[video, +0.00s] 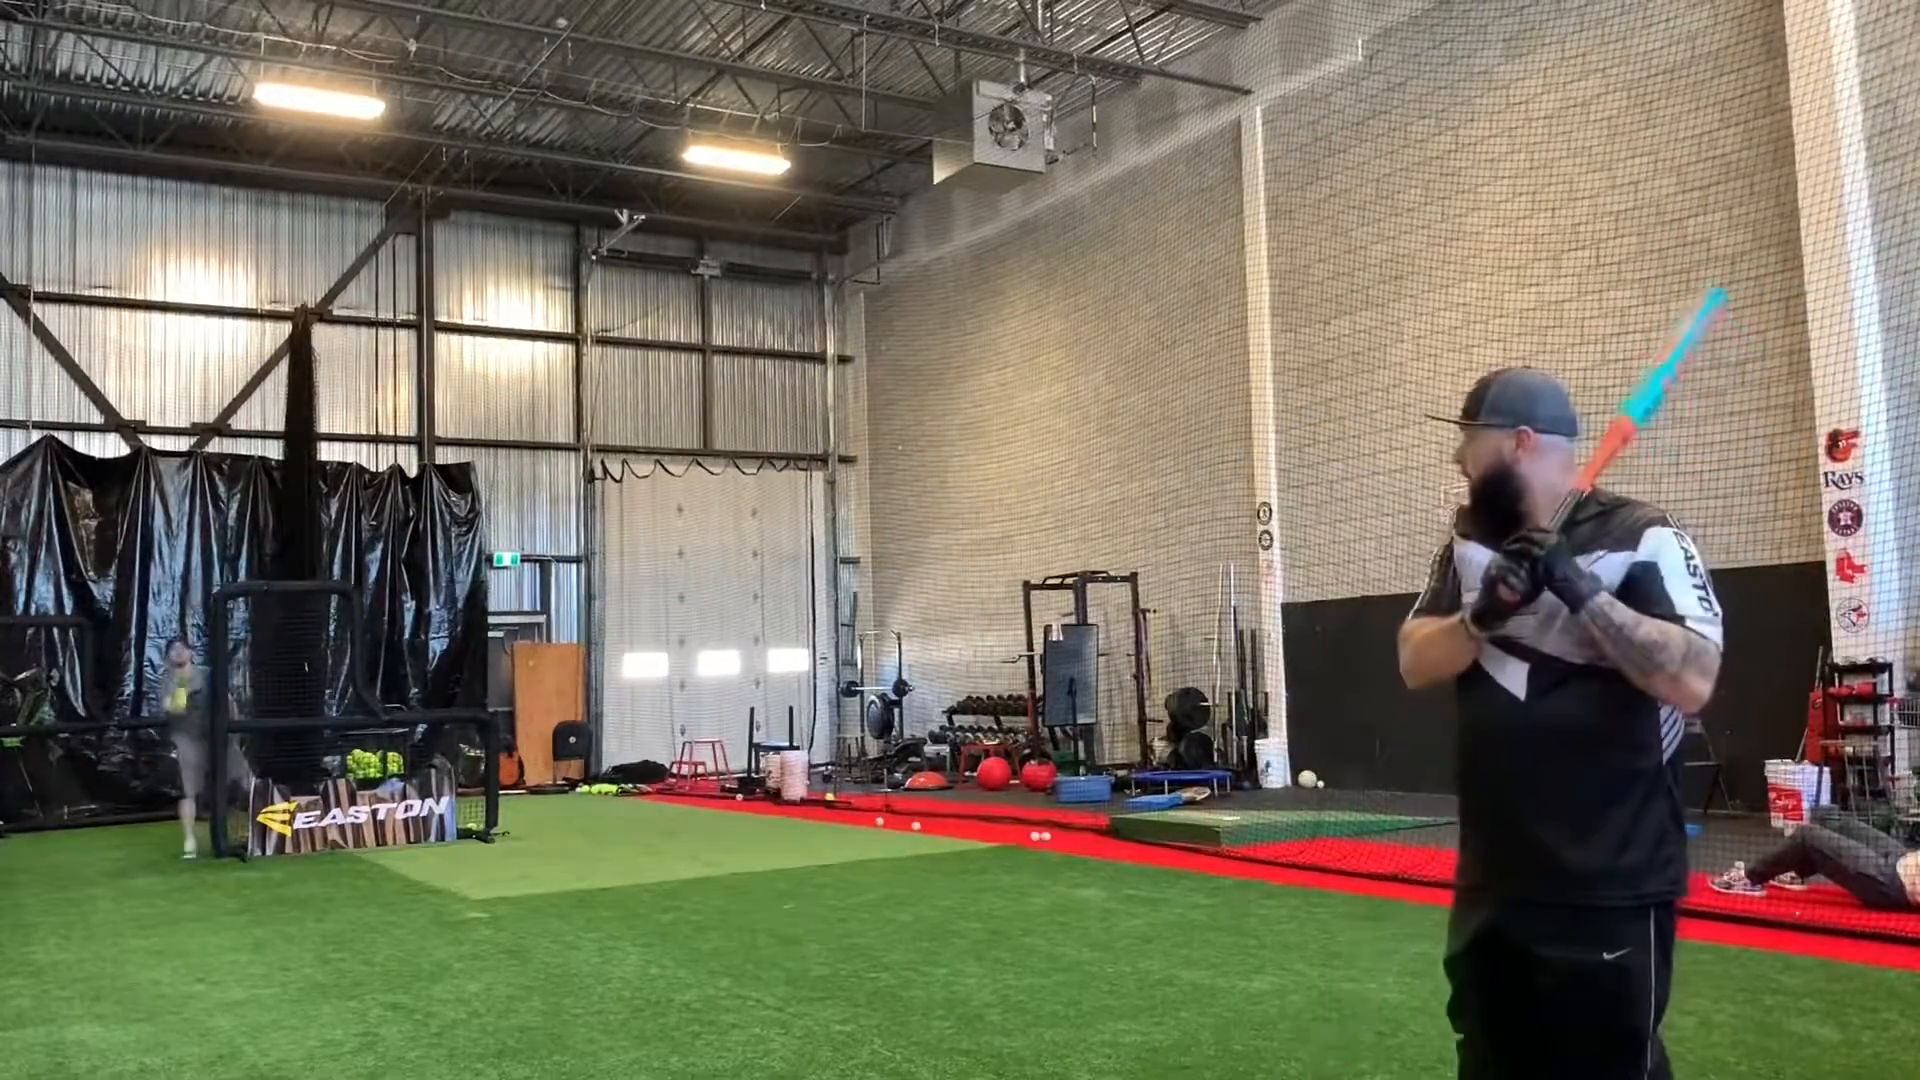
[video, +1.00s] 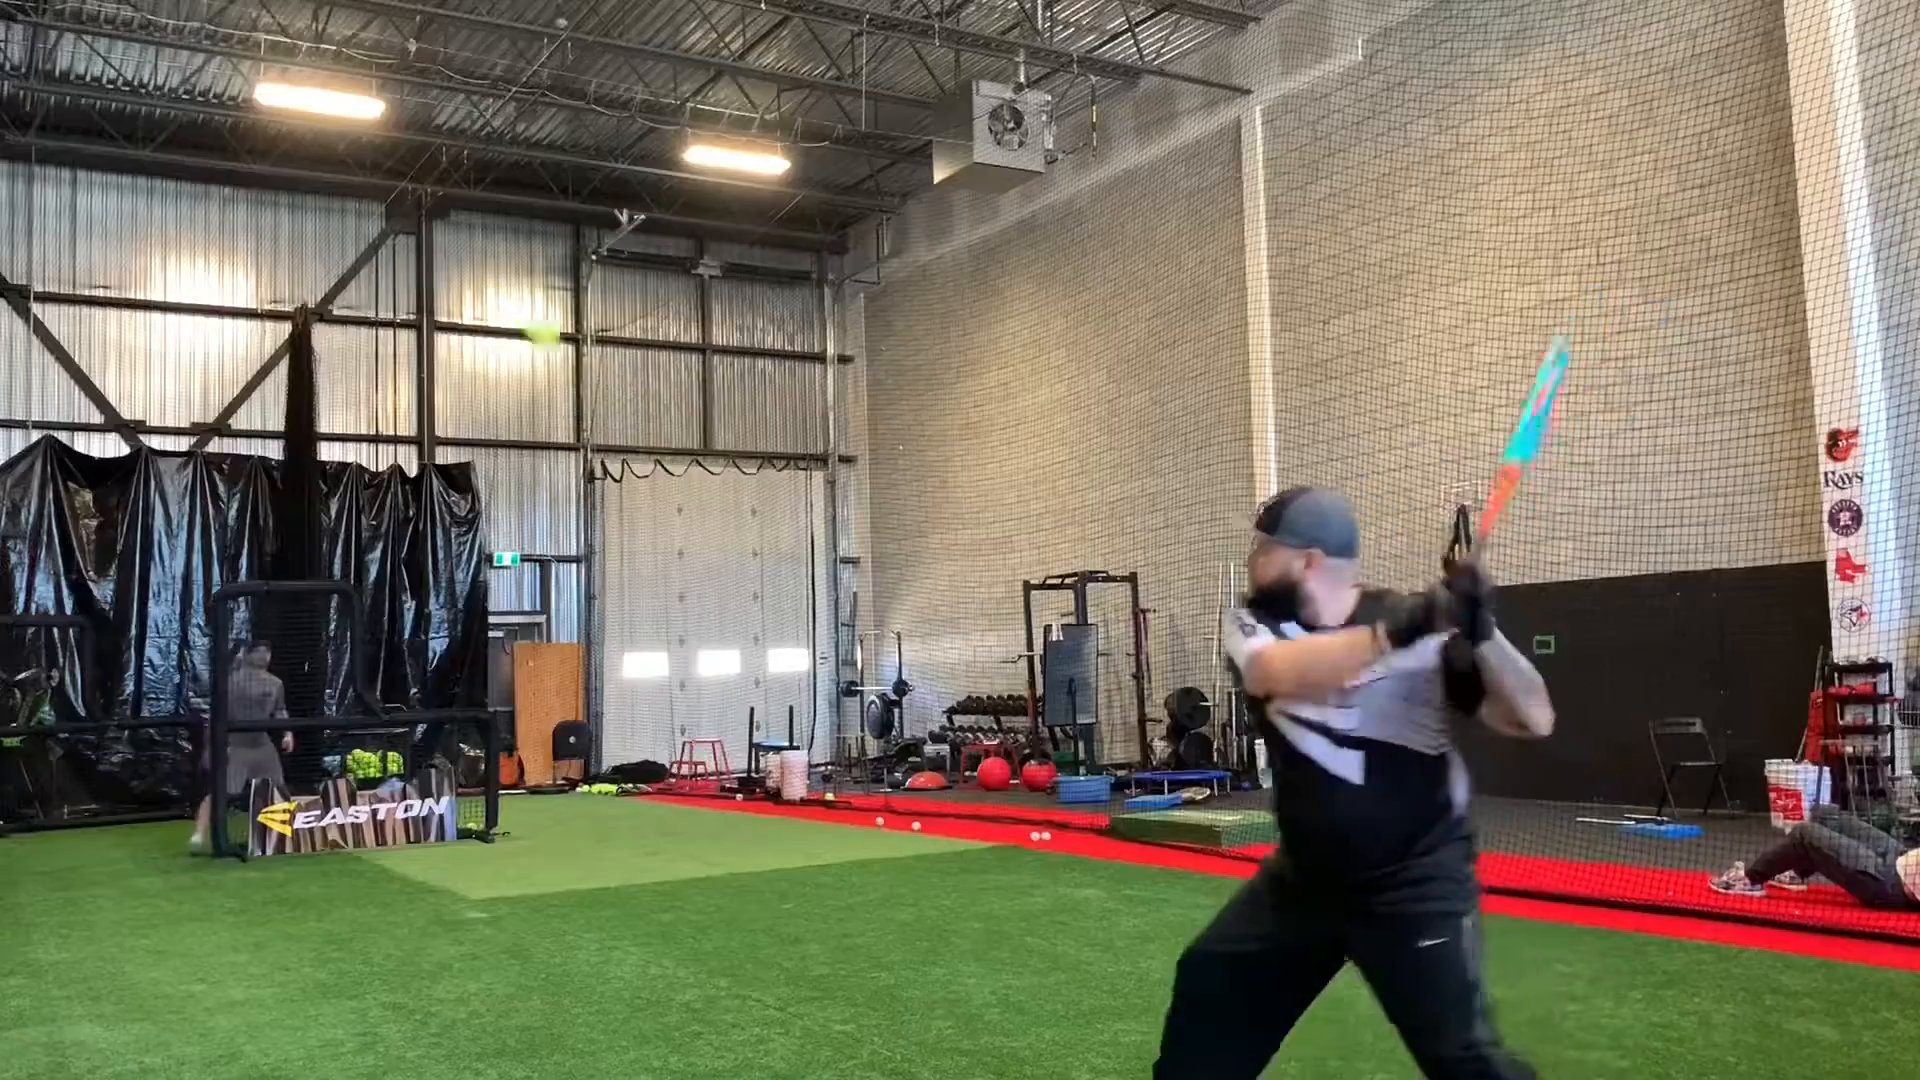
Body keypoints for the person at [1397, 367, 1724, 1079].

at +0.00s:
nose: (1459, 457)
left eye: (1469, 439)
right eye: (1461, 441)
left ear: (1522, 441)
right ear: (1519, 445)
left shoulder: (1645, 538)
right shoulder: (1470, 544)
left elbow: (1692, 681)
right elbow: (1415, 663)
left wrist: (1581, 590)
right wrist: (1479, 620)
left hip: (1609, 881)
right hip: (1493, 872)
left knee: (1610, 1059)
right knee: (1491, 1059)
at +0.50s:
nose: (1411, 475)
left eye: (1425, 458)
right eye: (1416, 458)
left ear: (1476, 465)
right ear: (1473, 467)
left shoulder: (1602, 567)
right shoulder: (1415, 566)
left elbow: (1667, 713)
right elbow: (1382, 682)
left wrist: (1575, 642)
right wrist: (1475, 653)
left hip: (1570, 901)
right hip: (1450, 890)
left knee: (1579, 1064)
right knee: (1440, 1050)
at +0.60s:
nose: (1394, 490)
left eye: (1406, 473)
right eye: (1399, 474)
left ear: (1456, 482)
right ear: (1454, 483)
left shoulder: (1590, 583)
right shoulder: (1398, 580)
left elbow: (1663, 722)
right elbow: (1381, 699)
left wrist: (1580, 678)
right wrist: (1478, 689)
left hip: (1558, 874)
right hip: (1431, 859)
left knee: (1583, 1062)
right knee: (1362, 998)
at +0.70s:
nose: (1372, 506)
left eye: (1383, 489)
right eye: (1375, 490)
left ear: (1431, 503)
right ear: (1428, 505)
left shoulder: (1566, 599)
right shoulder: (1373, 599)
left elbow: (1648, 733)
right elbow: (1369, 717)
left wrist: (1572, 708)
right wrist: (1465, 725)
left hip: (1532, 864)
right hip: (1406, 847)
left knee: (1558, 1058)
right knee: (1303, 946)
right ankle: (1343, 1070)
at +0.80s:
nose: (1340, 522)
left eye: (1351, 508)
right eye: (1343, 508)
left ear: (1398, 523)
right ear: (1395, 524)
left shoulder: (1528, 611)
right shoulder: (1340, 614)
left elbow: (1617, 738)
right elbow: (1346, 730)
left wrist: (1549, 723)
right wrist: (1448, 745)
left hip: (1505, 863)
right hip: (1379, 848)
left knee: (1536, 1056)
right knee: (1260, 926)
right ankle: (1273, 1070)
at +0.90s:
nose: (1299, 538)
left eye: (1311, 524)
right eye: (1303, 525)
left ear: (1356, 538)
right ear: (1352, 540)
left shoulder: (1478, 616)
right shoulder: (1302, 619)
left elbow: (1579, 733)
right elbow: (1312, 716)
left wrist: (1519, 697)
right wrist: (1428, 712)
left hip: (1467, 868)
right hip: (1347, 857)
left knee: (1511, 1052)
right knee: (1224, 946)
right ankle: (1210, 1070)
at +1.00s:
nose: (1251, 558)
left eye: (1264, 547)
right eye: (1255, 546)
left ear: (1308, 558)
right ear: (1305, 558)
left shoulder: (1425, 634)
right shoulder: (1255, 622)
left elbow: (1534, 718)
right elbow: (1270, 674)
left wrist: (1480, 629)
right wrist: (1394, 628)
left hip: (1413, 887)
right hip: (1305, 879)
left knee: (1459, 1055)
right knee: (1211, 984)